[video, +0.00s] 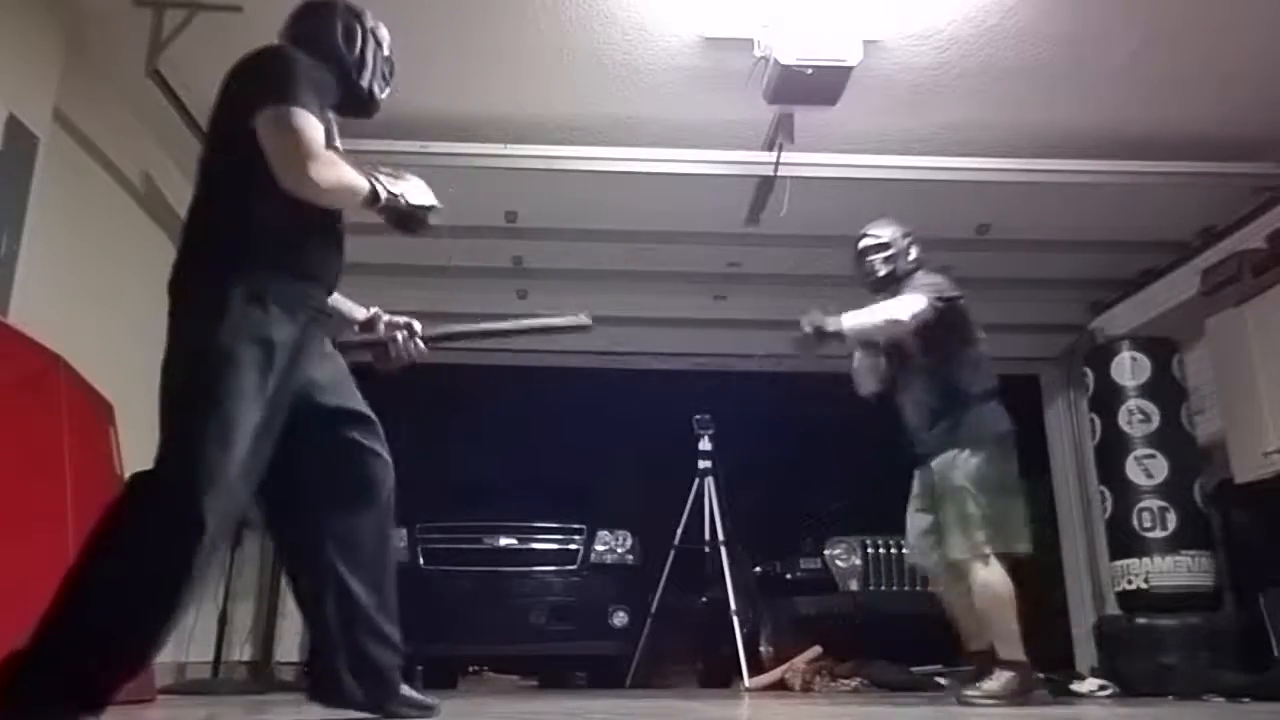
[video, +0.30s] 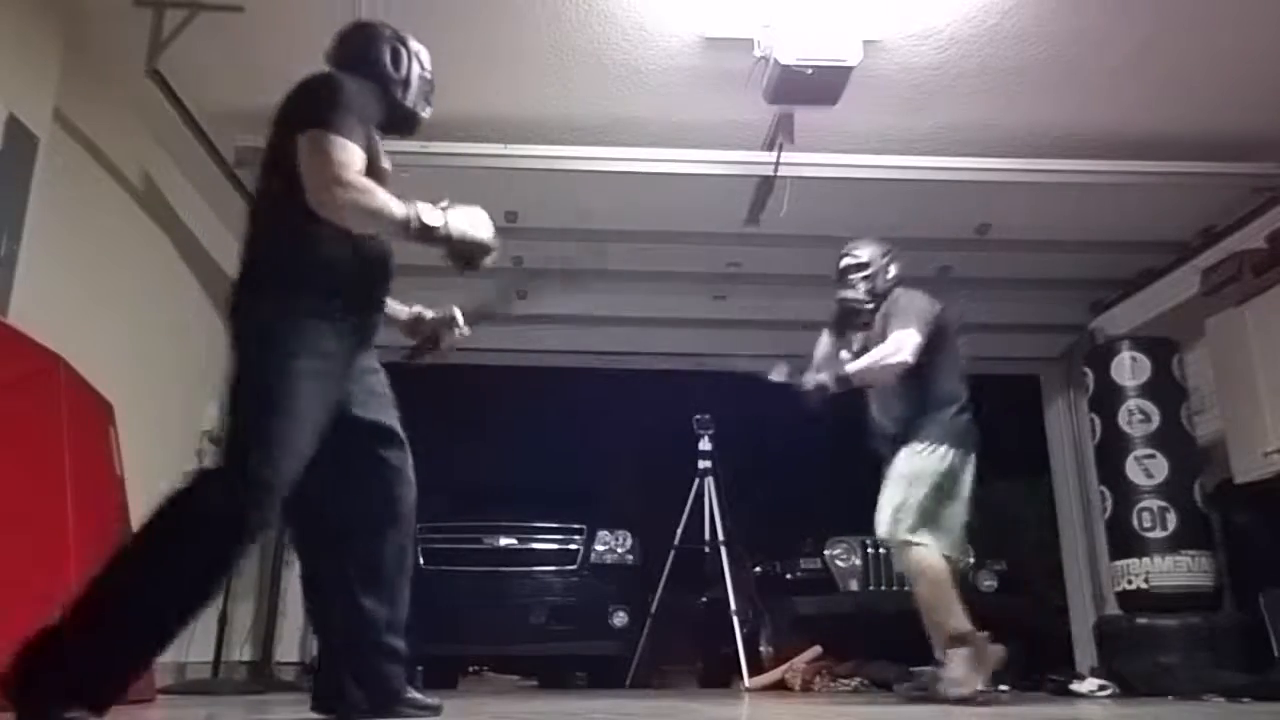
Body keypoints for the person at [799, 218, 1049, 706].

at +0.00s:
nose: (874, 263)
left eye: (882, 252)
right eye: (866, 257)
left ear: (907, 250)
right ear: (861, 266)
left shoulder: (931, 286)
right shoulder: (883, 312)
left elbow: (902, 316)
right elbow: (868, 385)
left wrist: (831, 324)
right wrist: (867, 334)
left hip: (971, 443)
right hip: (935, 452)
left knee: (975, 554)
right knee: (934, 558)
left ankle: (1015, 667)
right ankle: (979, 660)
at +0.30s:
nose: (853, 281)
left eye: (861, 270)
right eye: (846, 274)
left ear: (888, 269)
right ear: (841, 280)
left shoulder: (911, 302)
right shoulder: (853, 322)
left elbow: (900, 354)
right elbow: (815, 381)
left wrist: (838, 377)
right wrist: (839, 324)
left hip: (940, 431)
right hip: (910, 439)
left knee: (899, 527)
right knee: (929, 550)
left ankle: (967, 646)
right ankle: (957, 660)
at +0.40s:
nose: (849, 280)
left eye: (858, 269)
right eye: (840, 273)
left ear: (884, 270)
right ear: (835, 281)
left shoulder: (904, 304)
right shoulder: (846, 329)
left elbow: (893, 351)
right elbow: (825, 383)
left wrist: (839, 371)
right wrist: (812, 335)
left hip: (930, 438)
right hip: (893, 448)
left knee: (892, 531)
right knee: (914, 555)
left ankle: (900, 655)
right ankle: (944, 665)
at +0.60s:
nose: (833, 275)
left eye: (842, 265)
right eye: (826, 268)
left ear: (867, 267)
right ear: (819, 276)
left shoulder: (885, 304)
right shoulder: (826, 322)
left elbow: (861, 343)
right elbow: (802, 381)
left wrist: (797, 340)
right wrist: (788, 346)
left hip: (900, 449)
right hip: (865, 454)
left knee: (863, 555)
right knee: (890, 571)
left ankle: (837, 667)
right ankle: (946, 664)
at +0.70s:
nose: (821, 269)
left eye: (831, 258)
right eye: (813, 262)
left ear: (858, 262)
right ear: (808, 272)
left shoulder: (879, 306)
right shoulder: (821, 327)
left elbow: (863, 361)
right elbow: (793, 383)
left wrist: (796, 355)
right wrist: (772, 341)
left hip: (888, 447)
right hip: (849, 451)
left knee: (851, 552)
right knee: (872, 566)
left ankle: (836, 666)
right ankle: (939, 657)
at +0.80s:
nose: (810, 270)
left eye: (820, 260)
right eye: (802, 263)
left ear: (846, 262)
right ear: (797, 271)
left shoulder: (873, 306)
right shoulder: (808, 321)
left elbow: (864, 367)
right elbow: (789, 379)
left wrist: (802, 374)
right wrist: (765, 356)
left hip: (881, 443)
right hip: (840, 449)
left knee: (845, 543)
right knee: (858, 562)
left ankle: (836, 665)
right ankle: (930, 655)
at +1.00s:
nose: (803, 276)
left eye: (812, 267)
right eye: (794, 270)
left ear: (836, 270)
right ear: (786, 279)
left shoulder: (859, 307)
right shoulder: (798, 325)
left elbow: (862, 348)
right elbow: (773, 396)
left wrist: (797, 348)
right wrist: (770, 351)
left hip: (872, 445)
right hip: (841, 452)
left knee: (815, 524)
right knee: (857, 567)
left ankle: (823, 658)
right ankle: (932, 661)